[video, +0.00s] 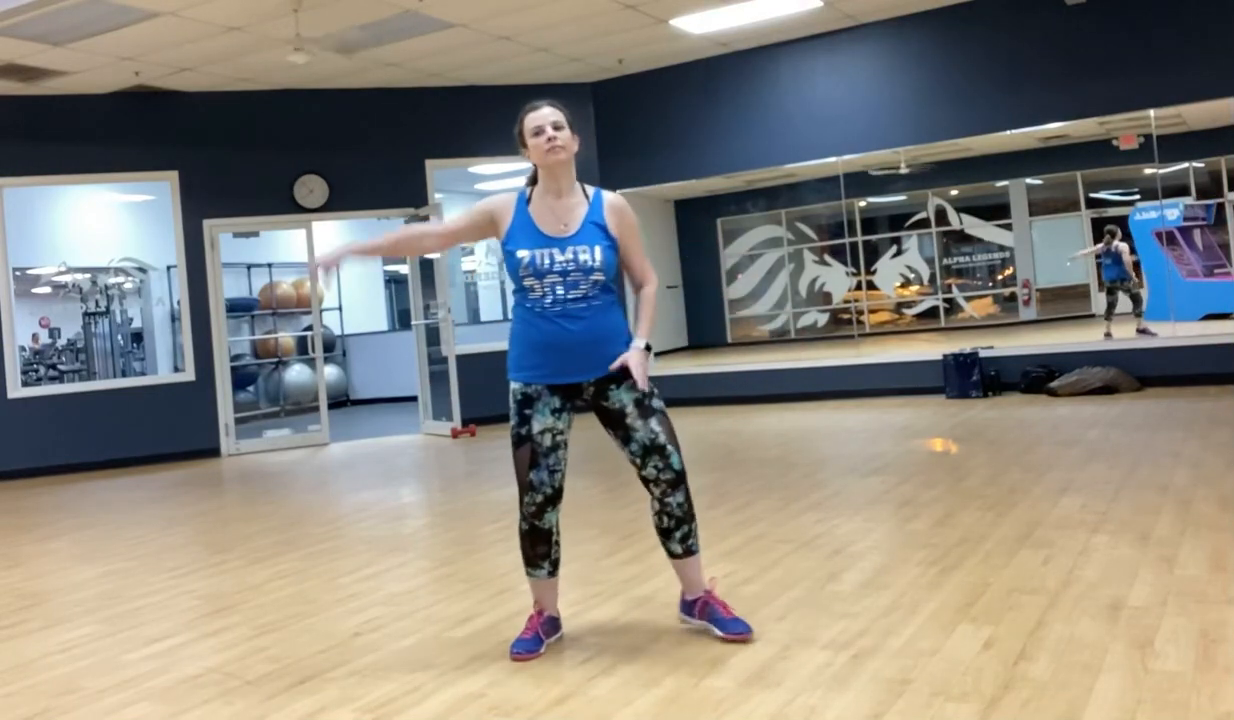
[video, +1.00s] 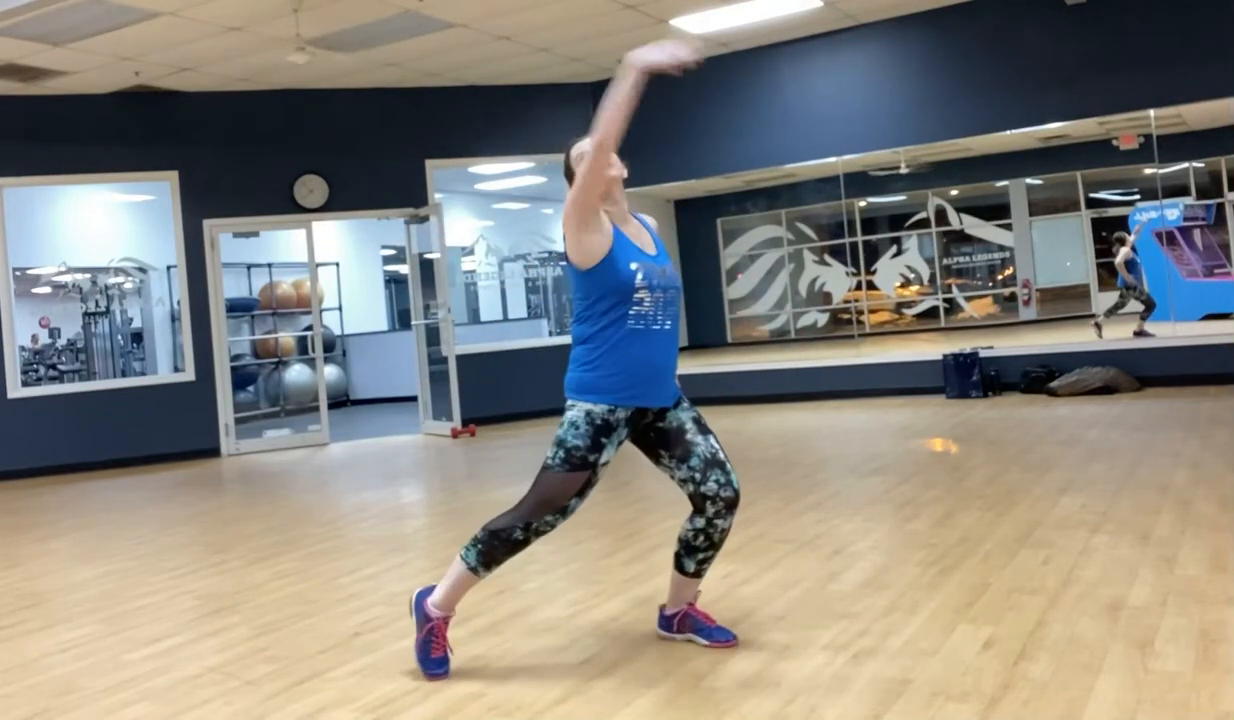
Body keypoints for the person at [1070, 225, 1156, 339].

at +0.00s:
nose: (1121, 234)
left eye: (1119, 232)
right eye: (1119, 232)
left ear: (1107, 235)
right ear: (1117, 234)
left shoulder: (1103, 246)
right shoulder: (1122, 246)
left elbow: (1090, 251)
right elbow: (1127, 262)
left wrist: (1076, 256)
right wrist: (1133, 276)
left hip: (1109, 280)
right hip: (1123, 279)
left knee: (1111, 304)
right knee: (1137, 299)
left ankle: (1107, 330)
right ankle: (1140, 325)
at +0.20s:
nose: (1123, 233)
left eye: (1122, 231)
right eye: (1122, 232)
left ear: (1110, 235)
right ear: (1120, 234)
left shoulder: (1106, 245)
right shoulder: (1126, 245)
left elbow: (1093, 247)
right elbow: (1130, 258)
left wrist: (1077, 245)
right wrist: (1133, 272)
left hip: (1112, 279)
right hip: (1125, 279)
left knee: (1113, 303)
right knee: (1139, 299)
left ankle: (1108, 330)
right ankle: (1138, 327)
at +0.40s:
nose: (1129, 234)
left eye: (1128, 232)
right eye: (1127, 233)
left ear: (1117, 237)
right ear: (1124, 236)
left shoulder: (1116, 247)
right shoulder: (1129, 245)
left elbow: (1103, 256)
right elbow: (1128, 259)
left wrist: (1090, 260)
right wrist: (1133, 276)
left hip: (1118, 280)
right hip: (1128, 280)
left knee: (1119, 302)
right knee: (1145, 302)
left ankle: (1101, 322)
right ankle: (1139, 328)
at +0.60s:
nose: (1131, 236)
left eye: (1129, 235)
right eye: (1129, 235)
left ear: (1120, 240)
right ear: (1126, 238)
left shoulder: (1121, 249)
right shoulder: (1127, 248)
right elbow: (1120, 261)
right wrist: (1128, 276)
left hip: (1121, 284)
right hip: (1129, 283)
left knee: (1118, 303)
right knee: (1149, 303)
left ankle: (1098, 323)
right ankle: (1139, 328)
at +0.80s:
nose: (1130, 237)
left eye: (1128, 236)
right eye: (1127, 236)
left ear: (1120, 241)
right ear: (1125, 239)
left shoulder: (1129, 250)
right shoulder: (1125, 249)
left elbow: (1146, 249)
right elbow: (1119, 262)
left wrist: (1164, 247)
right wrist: (1128, 278)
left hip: (1124, 284)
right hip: (1129, 284)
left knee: (1117, 304)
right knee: (1150, 304)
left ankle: (1097, 323)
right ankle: (1139, 328)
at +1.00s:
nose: (1129, 238)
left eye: (1128, 236)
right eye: (1127, 237)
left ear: (1119, 242)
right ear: (1125, 239)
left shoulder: (1127, 248)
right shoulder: (1125, 249)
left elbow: (1134, 235)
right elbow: (1118, 262)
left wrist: (1141, 224)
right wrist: (1127, 277)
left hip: (1127, 285)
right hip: (1131, 285)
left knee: (1120, 304)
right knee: (1151, 304)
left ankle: (1099, 321)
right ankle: (1140, 328)